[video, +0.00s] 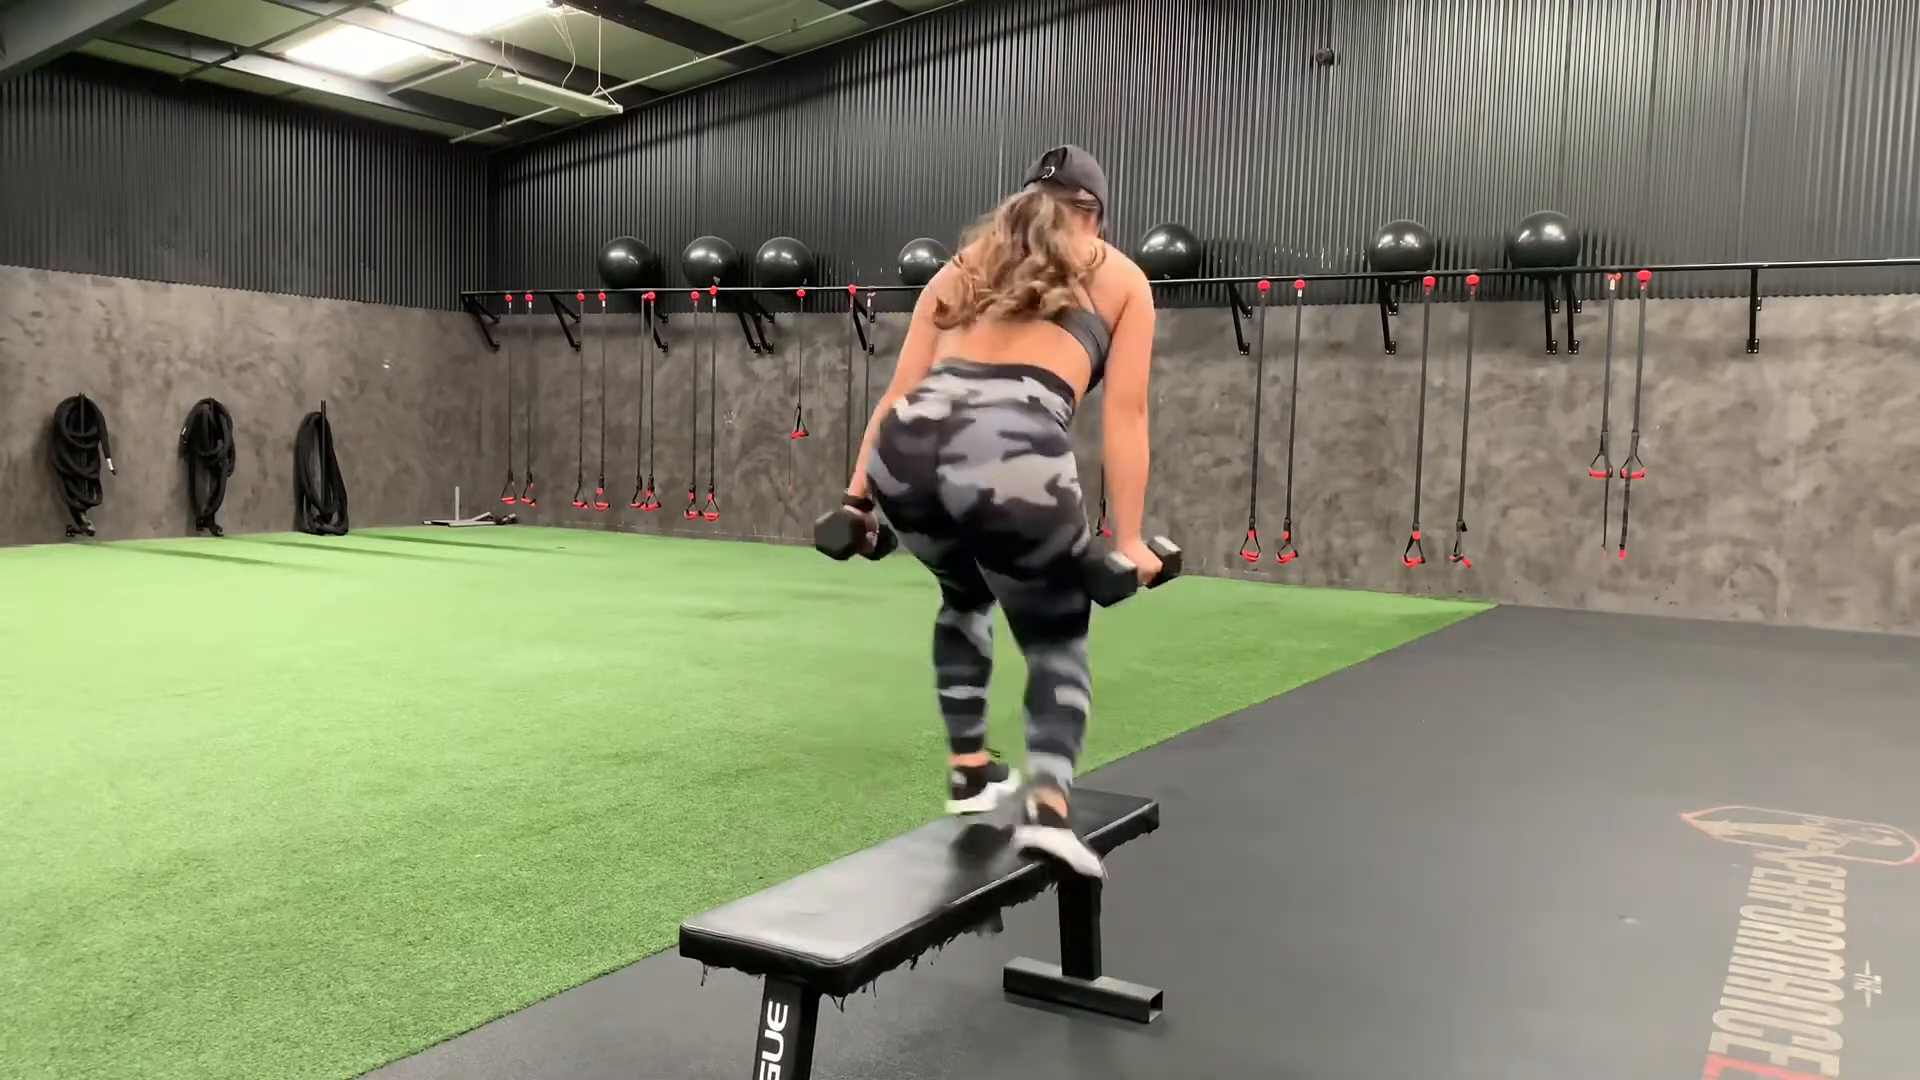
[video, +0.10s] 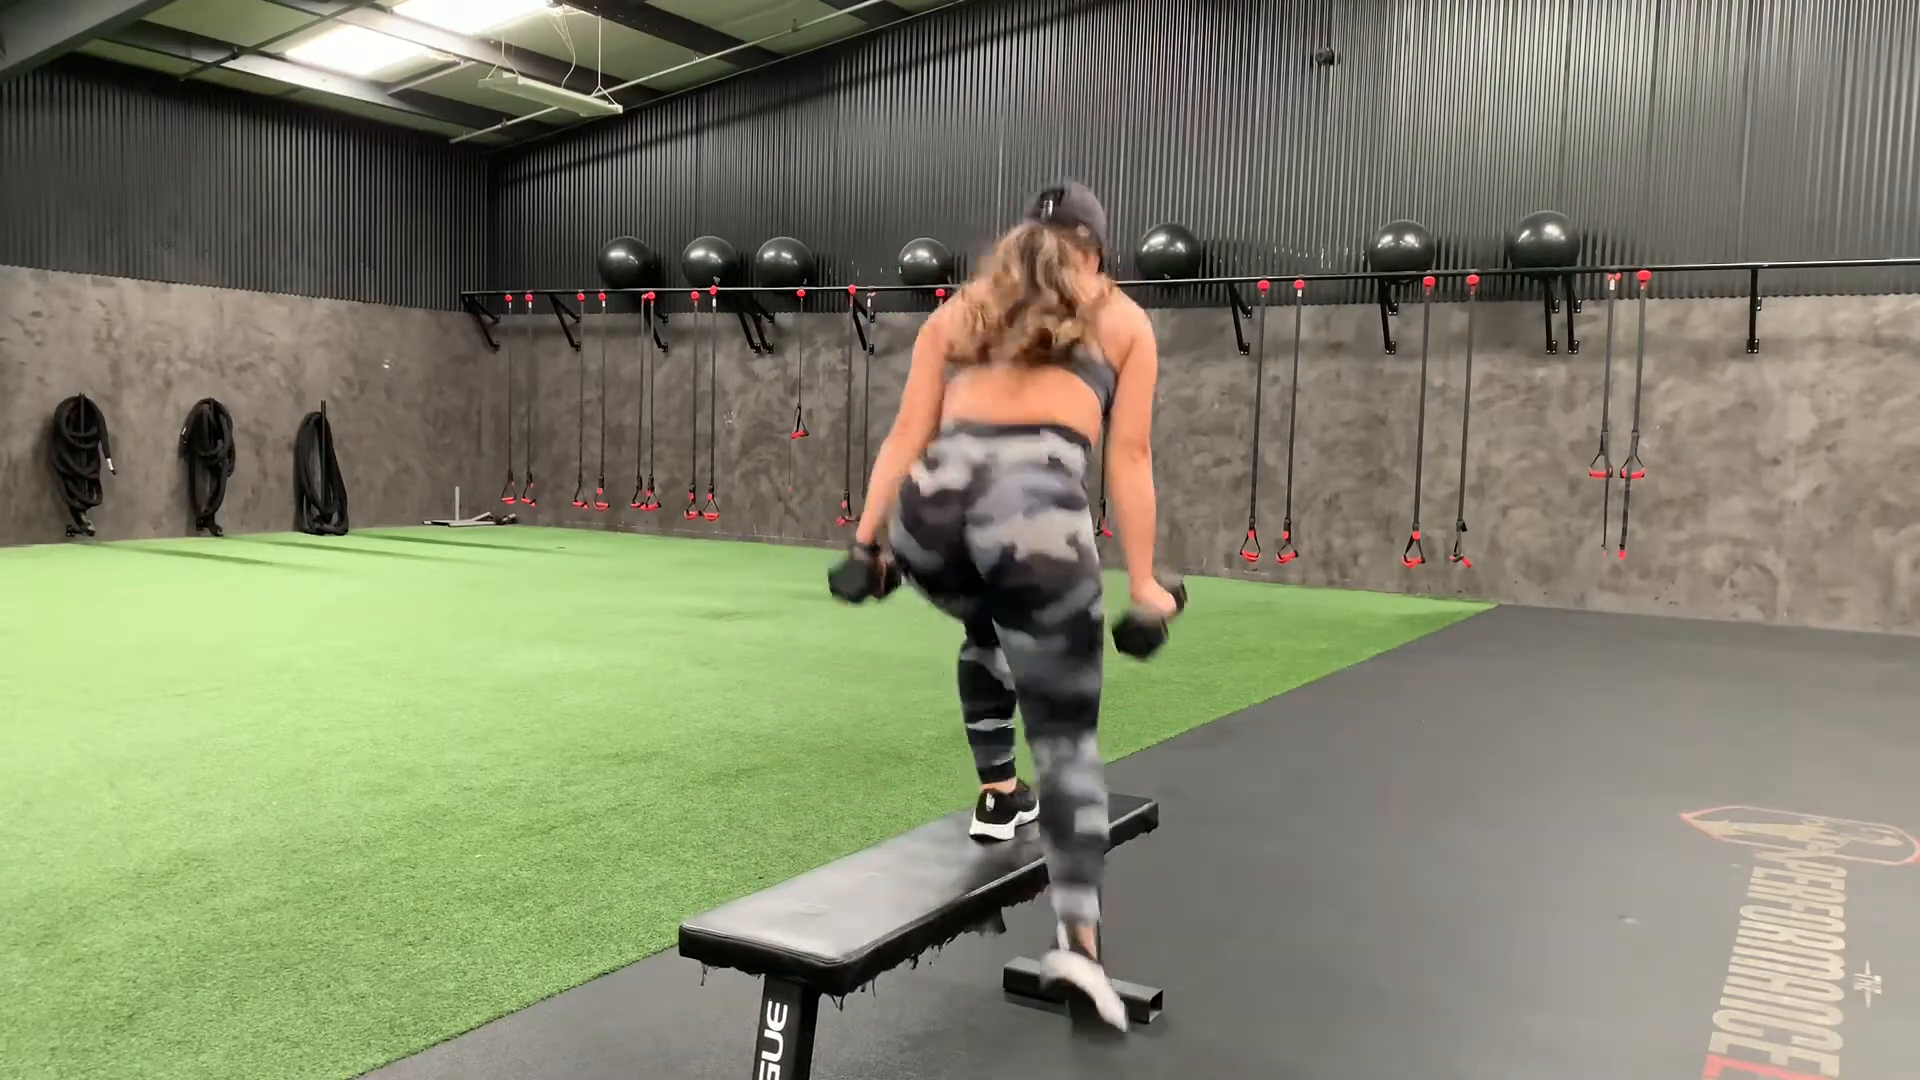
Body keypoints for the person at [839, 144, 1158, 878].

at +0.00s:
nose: (1098, 227)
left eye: (1095, 217)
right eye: (1098, 217)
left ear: (1022, 206)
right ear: (1093, 213)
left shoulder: (961, 266)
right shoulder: (1121, 277)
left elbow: (902, 390)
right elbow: (1126, 415)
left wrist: (858, 492)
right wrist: (1129, 538)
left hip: (907, 452)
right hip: (1014, 456)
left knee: (963, 594)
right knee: (1055, 635)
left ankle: (968, 773)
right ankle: (1049, 803)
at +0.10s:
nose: (1105, 263)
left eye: (1095, 248)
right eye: (1103, 251)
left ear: (1011, 251)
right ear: (1094, 253)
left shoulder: (954, 314)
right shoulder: (1124, 320)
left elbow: (910, 432)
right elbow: (1128, 454)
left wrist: (866, 538)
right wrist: (1144, 583)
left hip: (931, 506)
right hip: (1043, 507)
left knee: (984, 626)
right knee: (1065, 739)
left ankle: (997, 794)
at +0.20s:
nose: (1106, 341)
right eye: (1104, 327)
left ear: (1014, 327)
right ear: (1098, 330)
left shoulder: (959, 402)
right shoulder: (1127, 410)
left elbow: (912, 526)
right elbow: (1143, 548)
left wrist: (871, 634)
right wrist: (1165, 670)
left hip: (956, 618)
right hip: (1061, 623)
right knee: (1073, 849)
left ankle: (998, 785)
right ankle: (1089, 1057)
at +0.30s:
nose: (1083, 422)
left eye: (1071, 409)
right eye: (1088, 410)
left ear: (1016, 403)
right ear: (1089, 411)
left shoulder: (967, 481)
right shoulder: (1127, 490)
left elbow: (912, 611)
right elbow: (1155, 633)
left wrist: (878, 711)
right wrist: (1179, 752)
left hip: (972, 705)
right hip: (1079, 712)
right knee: (1086, 929)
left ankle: (1002, 792)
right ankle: (1083, 1070)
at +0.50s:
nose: (1099, 316)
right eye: (1099, 304)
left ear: (1015, 297)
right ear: (1088, 307)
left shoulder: (955, 371)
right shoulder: (1112, 378)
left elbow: (916, 499)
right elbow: (1133, 510)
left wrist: (890, 604)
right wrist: (1155, 626)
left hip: (944, 567)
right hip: (1049, 575)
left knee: (983, 629)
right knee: (1074, 797)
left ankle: (1006, 779)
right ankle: (1101, 1009)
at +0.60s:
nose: (1101, 261)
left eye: (1092, 251)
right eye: (1101, 251)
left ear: (1025, 236)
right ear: (1093, 246)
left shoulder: (959, 301)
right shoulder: (1111, 314)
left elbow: (911, 424)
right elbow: (1119, 441)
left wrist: (888, 527)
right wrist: (1132, 562)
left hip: (924, 483)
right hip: (1022, 486)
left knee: (983, 619)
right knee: (1072, 685)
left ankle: (999, 786)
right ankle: (1075, 866)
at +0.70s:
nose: (1094, 229)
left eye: (1094, 220)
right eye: (1096, 218)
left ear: (1025, 203)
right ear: (1087, 211)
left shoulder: (959, 259)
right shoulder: (1106, 273)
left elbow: (911, 376)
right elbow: (1108, 403)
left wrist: (874, 496)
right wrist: (1113, 524)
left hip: (894, 429)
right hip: (998, 429)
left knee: (950, 592)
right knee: (1056, 602)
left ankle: (956, 769)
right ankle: (1025, 778)